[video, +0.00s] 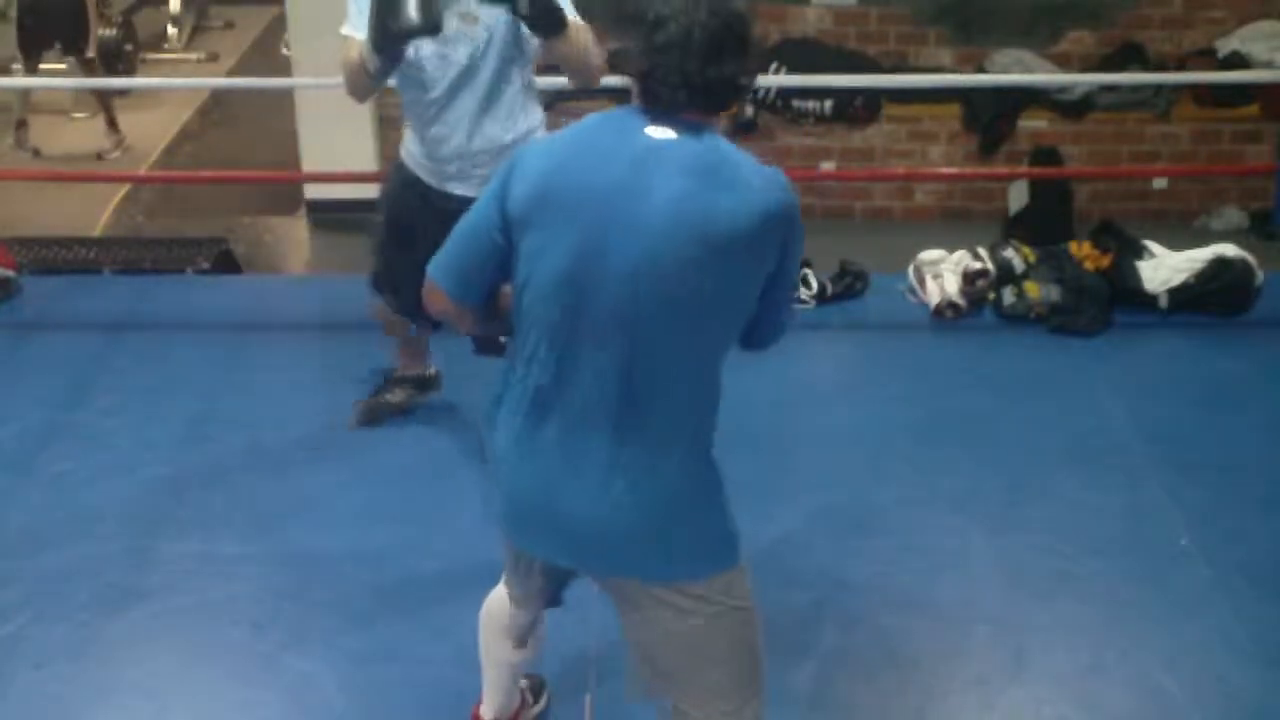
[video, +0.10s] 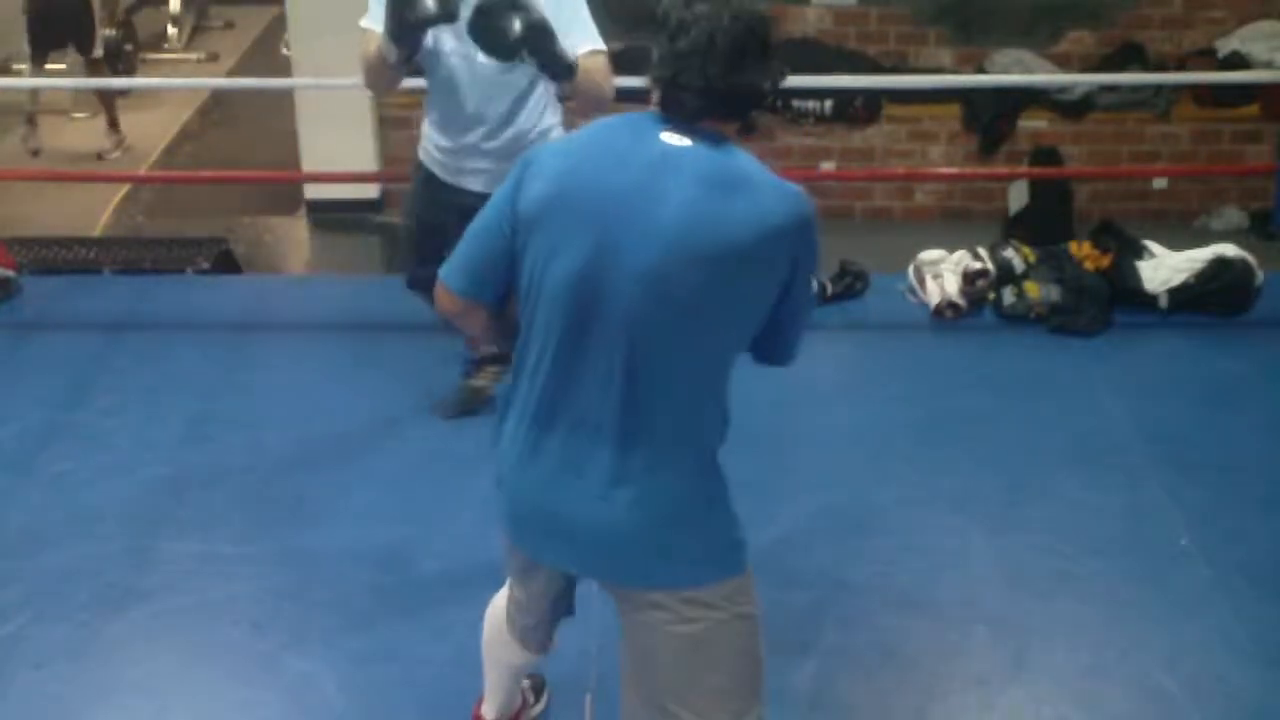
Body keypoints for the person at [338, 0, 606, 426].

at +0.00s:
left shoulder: (523, 0)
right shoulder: (381, 3)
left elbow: (588, 68)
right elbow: (357, 86)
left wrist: (547, 18)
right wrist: (386, 46)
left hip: (513, 164)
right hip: (426, 165)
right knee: (399, 294)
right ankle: (413, 372)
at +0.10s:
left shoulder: (553, 5)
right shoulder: (410, 1)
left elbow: (600, 93)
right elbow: (378, 82)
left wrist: (548, 57)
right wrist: (400, 36)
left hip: (529, 162)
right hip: (446, 158)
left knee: (524, 274)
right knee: (436, 279)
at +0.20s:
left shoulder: (566, 5)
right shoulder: (415, 0)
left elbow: (599, 96)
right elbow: (386, 81)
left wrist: (554, 63)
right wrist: (412, 29)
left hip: (545, 165)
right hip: (463, 162)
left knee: (547, 272)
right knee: (479, 280)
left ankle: (558, 370)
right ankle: (512, 362)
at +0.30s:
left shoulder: (576, 4)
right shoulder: (424, 1)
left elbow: (606, 85)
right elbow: (404, 80)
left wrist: (565, 41)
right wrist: (425, 27)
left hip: (561, 161)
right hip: (477, 161)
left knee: (565, 273)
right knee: (490, 280)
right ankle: (513, 369)